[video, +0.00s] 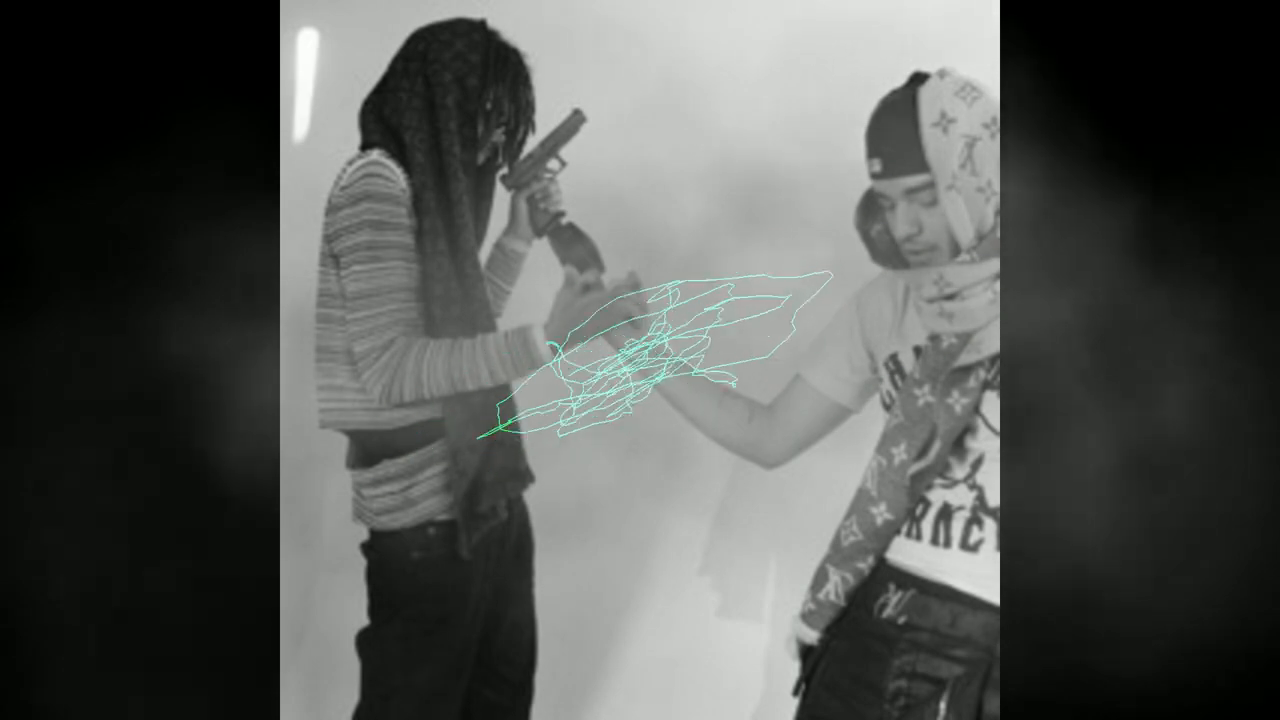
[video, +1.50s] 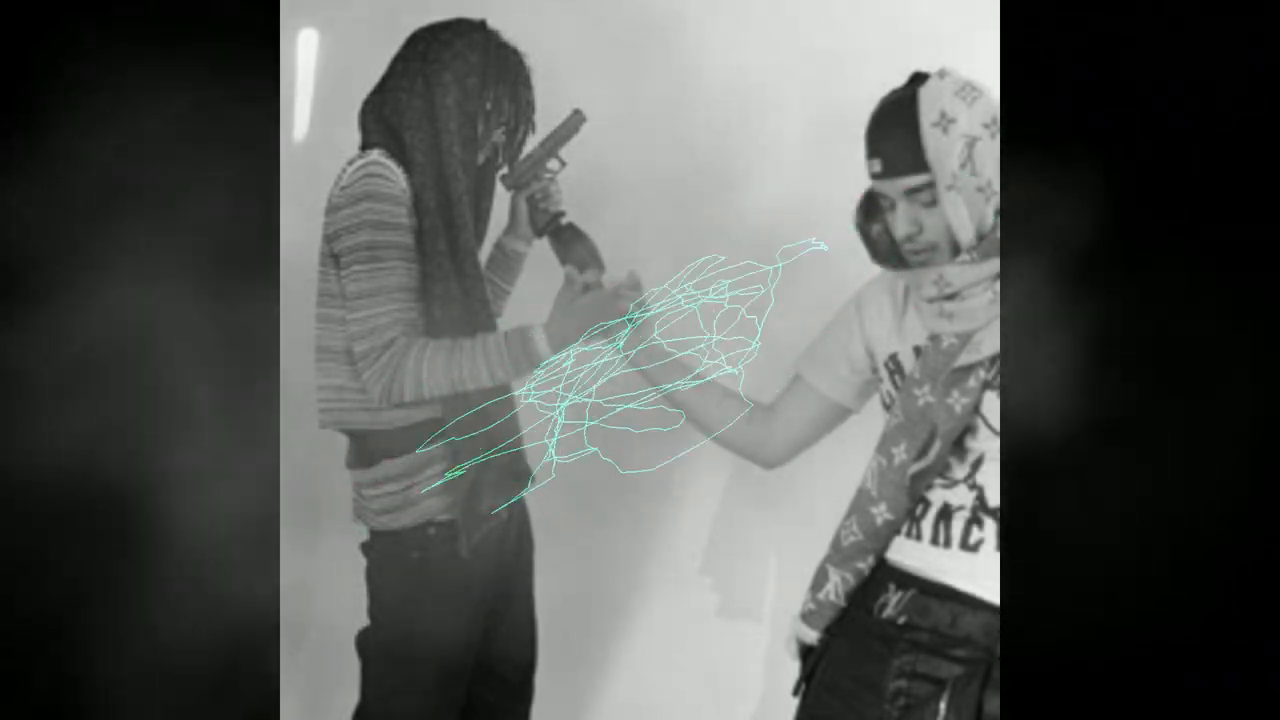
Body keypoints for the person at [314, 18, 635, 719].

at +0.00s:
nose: (498, 145)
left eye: (505, 127)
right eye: (493, 122)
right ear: (450, 108)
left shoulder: (425, 192)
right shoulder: (376, 183)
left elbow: (462, 332)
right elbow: (388, 368)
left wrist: (518, 235)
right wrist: (549, 339)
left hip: (485, 500)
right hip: (422, 516)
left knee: (500, 700)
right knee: (411, 705)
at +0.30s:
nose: (499, 145)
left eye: (506, 126)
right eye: (492, 120)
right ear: (447, 107)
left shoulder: (427, 193)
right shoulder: (377, 181)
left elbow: (462, 333)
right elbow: (392, 370)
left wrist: (518, 234)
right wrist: (551, 333)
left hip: (487, 492)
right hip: (421, 510)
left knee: (500, 698)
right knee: (413, 703)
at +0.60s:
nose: (499, 144)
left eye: (506, 125)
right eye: (493, 120)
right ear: (450, 109)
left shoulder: (428, 192)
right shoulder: (377, 183)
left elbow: (462, 330)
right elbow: (388, 368)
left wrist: (519, 234)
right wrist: (550, 340)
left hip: (486, 502)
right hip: (421, 519)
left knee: (500, 702)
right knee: (412, 706)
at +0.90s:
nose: (498, 146)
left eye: (505, 128)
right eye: (492, 122)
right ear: (449, 109)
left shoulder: (426, 192)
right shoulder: (377, 182)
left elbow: (462, 332)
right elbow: (387, 368)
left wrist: (519, 234)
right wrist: (548, 340)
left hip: (484, 503)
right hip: (422, 520)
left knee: (499, 703)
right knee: (411, 706)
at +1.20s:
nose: (502, 146)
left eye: (509, 125)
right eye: (495, 121)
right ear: (449, 109)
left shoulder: (428, 191)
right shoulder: (377, 183)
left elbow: (461, 332)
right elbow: (389, 369)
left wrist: (517, 235)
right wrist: (548, 339)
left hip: (487, 491)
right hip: (423, 507)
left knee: (499, 695)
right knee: (414, 701)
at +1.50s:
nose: (499, 147)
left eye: (506, 129)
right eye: (493, 124)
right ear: (450, 110)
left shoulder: (425, 192)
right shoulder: (377, 183)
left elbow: (462, 329)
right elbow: (388, 369)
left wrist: (519, 234)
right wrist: (550, 338)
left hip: (486, 493)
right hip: (423, 510)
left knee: (500, 695)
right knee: (413, 702)